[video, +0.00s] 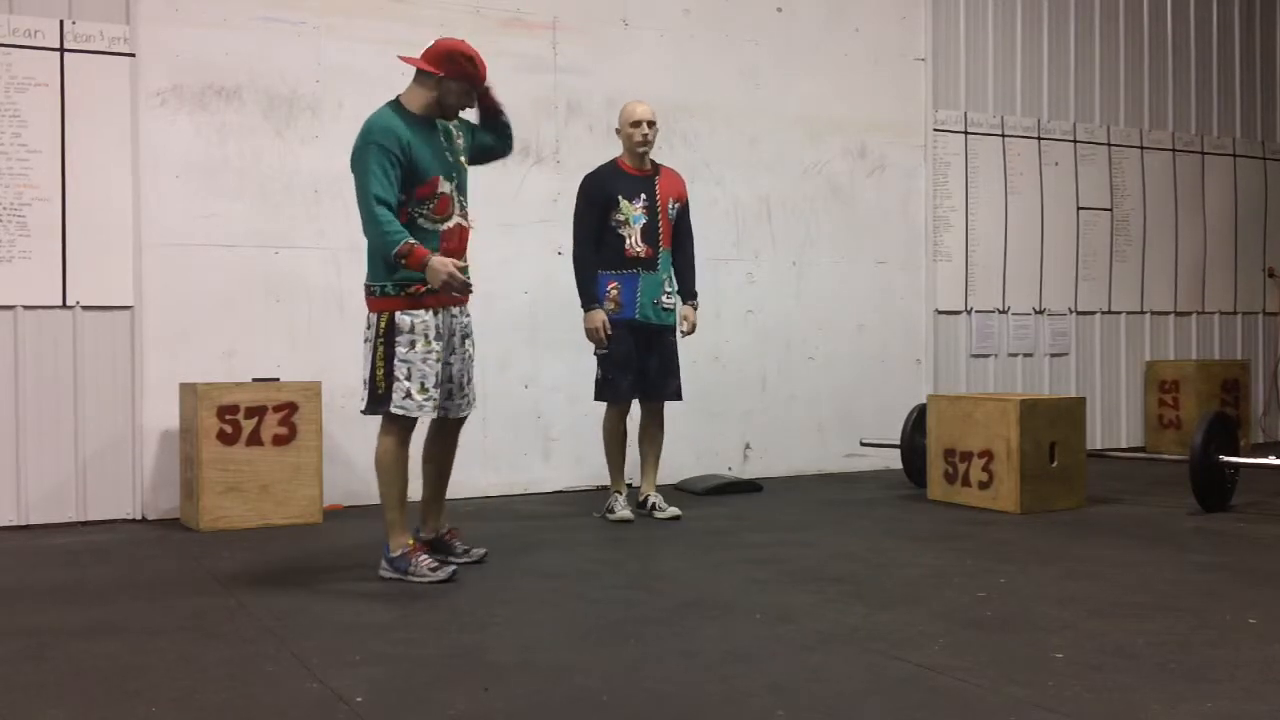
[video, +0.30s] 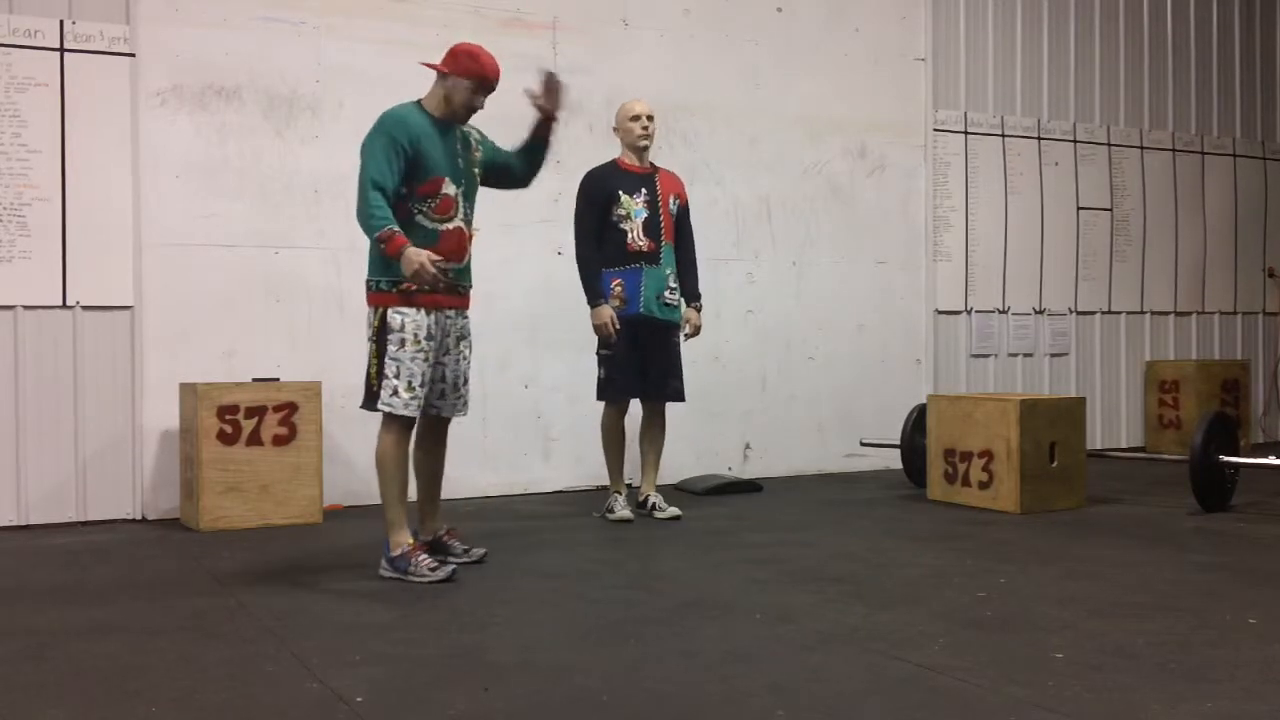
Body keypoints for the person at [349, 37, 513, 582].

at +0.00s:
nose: (469, 102)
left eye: (473, 94)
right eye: (466, 92)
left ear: (449, 84)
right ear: (440, 80)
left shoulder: (447, 130)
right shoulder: (382, 133)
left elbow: (498, 142)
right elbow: (378, 220)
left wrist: (482, 91)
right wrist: (426, 260)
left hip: (450, 297)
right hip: (403, 301)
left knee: (451, 413)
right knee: (400, 419)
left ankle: (430, 531)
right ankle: (398, 549)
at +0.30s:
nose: (482, 103)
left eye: (487, 95)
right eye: (478, 92)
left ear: (477, 91)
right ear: (449, 80)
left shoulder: (468, 141)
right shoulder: (397, 127)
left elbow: (518, 170)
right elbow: (371, 203)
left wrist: (545, 119)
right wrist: (404, 251)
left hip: (451, 301)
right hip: (403, 300)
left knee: (436, 417)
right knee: (399, 418)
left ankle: (429, 533)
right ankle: (398, 546)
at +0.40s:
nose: (476, 97)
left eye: (485, 91)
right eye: (470, 84)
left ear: (488, 94)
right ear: (446, 76)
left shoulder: (475, 146)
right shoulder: (402, 126)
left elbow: (528, 184)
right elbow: (371, 198)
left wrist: (574, 145)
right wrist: (398, 252)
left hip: (450, 302)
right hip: (403, 298)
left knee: (434, 418)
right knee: (399, 417)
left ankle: (428, 533)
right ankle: (398, 546)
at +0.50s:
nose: (478, 97)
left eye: (488, 92)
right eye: (473, 84)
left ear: (492, 98)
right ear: (450, 78)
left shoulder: (481, 154)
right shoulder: (405, 128)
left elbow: (534, 198)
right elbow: (373, 201)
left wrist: (596, 201)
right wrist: (395, 259)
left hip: (449, 300)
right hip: (403, 294)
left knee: (432, 419)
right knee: (399, 417)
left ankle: (429, 533)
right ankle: (399, 545)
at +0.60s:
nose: (482, 99)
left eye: (492, 94)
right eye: (476, 87)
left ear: (498, 102)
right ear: (455, 83)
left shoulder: (484, 159)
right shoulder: (411, 127)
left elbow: (530, 214)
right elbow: (377, 195)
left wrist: (588, 253)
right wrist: (387, 266)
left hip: (448, 304)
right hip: (403, 296)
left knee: (431, 419)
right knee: (400, 417)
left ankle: (428, 532)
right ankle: (400, 544)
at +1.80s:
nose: (515, 136)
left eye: (519, 128)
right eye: (515, 125)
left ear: (495, 112)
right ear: (496, 109)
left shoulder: (486, 173)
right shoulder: (424, 129)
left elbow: (494, 250)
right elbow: (389, 197)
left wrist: (528, 312)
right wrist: (411, 268)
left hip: (447, 303)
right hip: (406, 292)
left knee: (431, 416)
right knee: (406, 412)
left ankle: (429, 529)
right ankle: (403, 538)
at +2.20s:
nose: (503, 126)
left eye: (507, 117)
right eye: (502, 115)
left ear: (484, 103)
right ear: (480, 100)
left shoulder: (476, 161)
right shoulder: (412, 133)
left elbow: (508, 231)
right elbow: (388, 209)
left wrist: (565, 278)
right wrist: (412, 279)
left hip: (450, 299)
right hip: (410, 295)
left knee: (435, 416)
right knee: (411, 414)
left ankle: (430, 530)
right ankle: (405, 542)